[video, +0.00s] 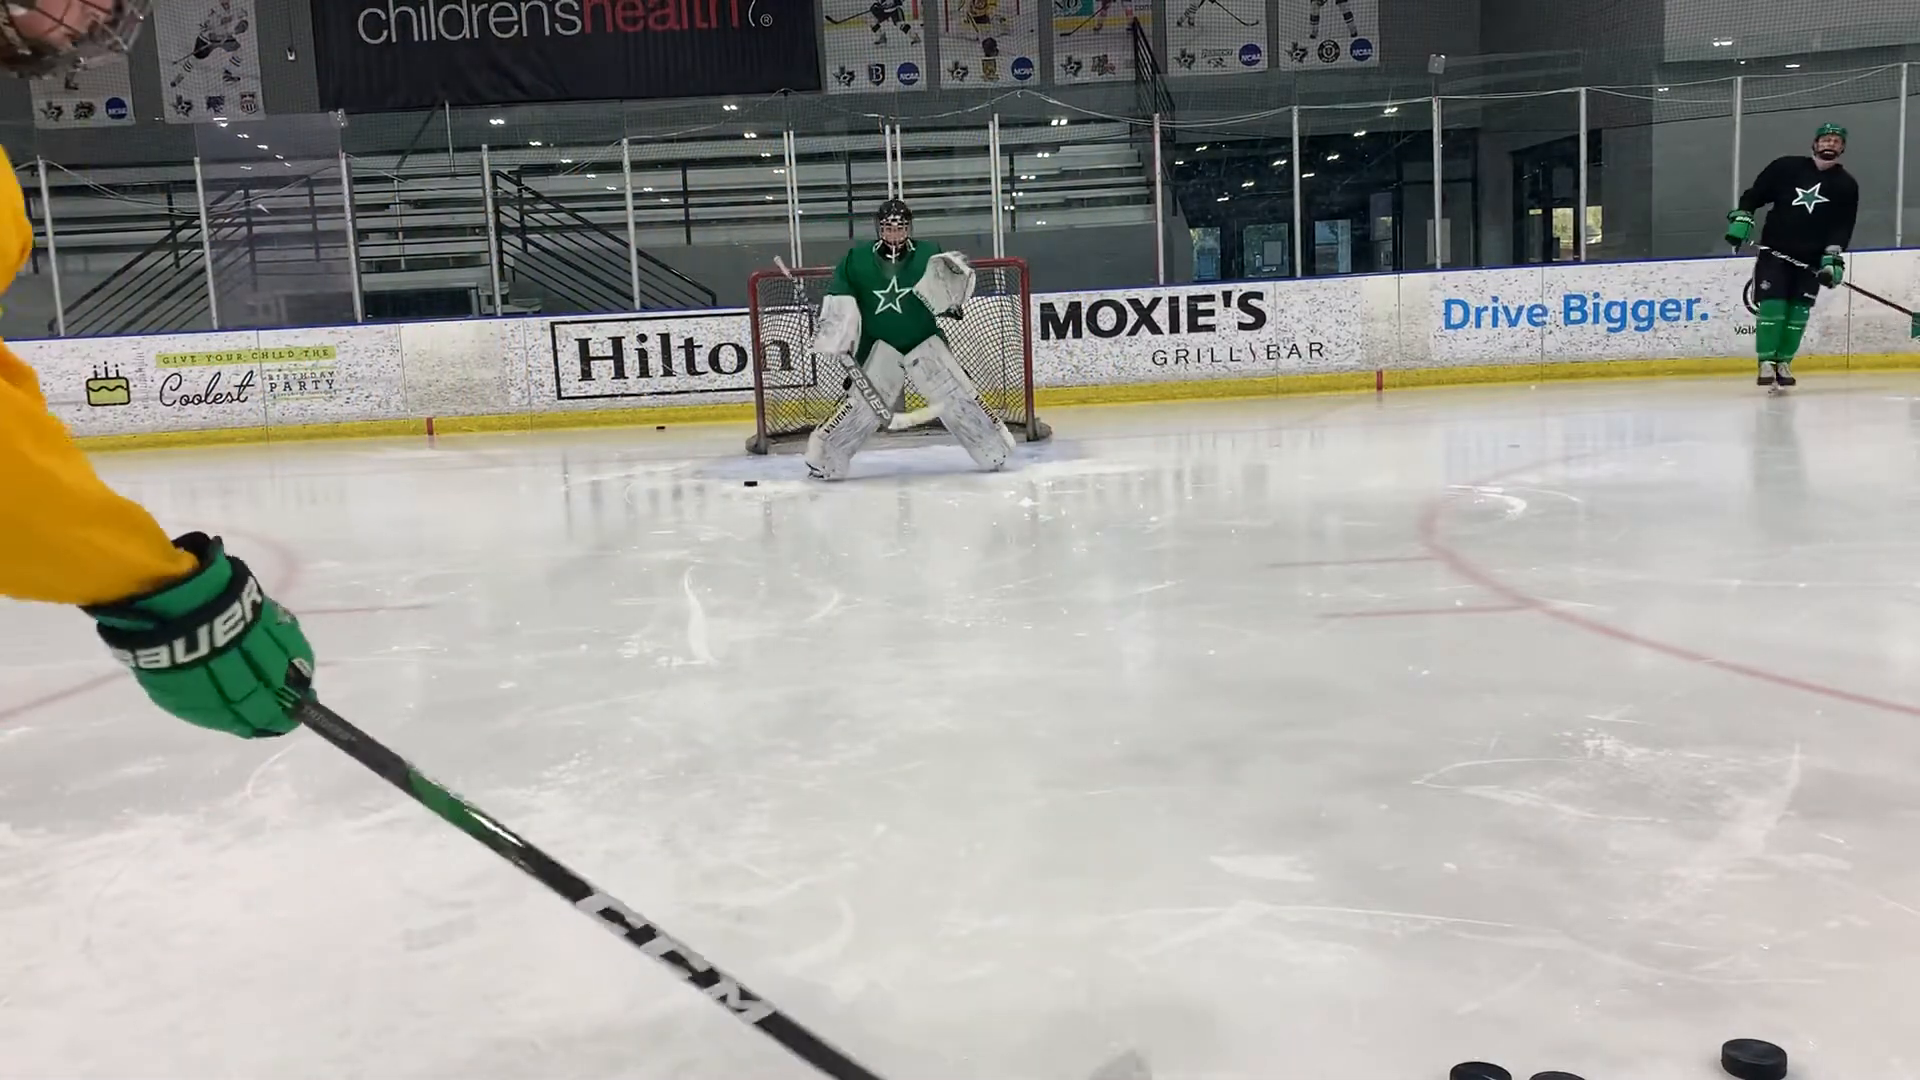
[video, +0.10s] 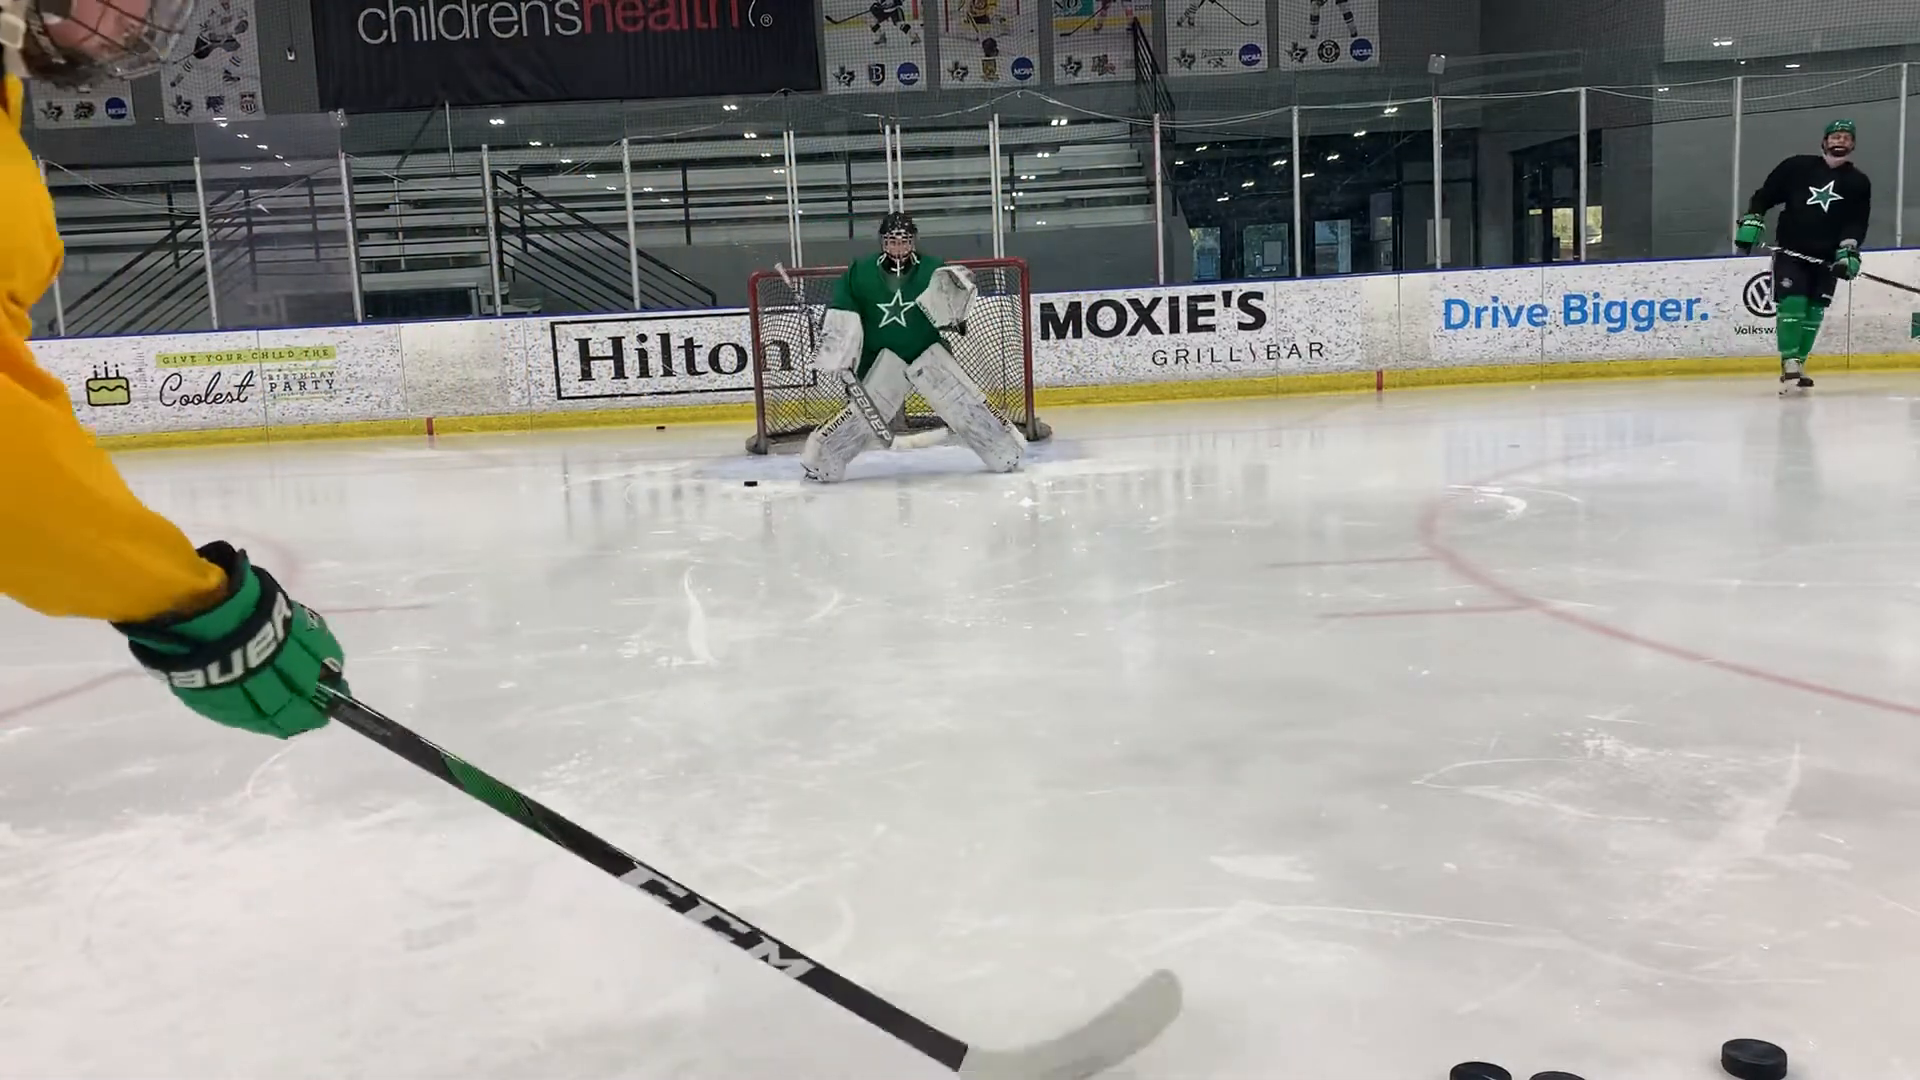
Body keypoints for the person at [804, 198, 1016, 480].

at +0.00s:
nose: (894, 234)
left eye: (899, 227)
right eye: (888, 228)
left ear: (908, 228)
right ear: (879, 229)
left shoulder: (927, 254)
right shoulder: (858, 260)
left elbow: (950, 302)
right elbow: (838, 301)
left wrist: (953, 276)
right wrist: (840, 338)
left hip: (924, 341)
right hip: (879, 346)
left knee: (956, 398)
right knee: (865, 408)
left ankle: (994, 455)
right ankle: (825, 461)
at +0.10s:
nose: (898, 246)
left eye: (904, 240)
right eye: (893, 240)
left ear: (913, 241)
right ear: (883, 241)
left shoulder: (931, 268)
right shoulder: (861, 273)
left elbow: (952, 315)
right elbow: (842, 316)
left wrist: (957, 289)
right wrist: (840, 357)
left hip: (929, 353)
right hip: (882, 358)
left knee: (964, 402)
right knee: (864, 414)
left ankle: (1005, 457)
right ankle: (821, 464)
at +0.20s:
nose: (902, 258)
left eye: (908, 252)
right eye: (896, 252)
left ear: (917, 253)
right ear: (886, 253)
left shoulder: (934, 277)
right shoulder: (865, 283)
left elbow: (957, 323)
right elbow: (844, 324)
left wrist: (958, 306)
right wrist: (844, 367)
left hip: (933, 360)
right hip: (887, 366)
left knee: (970, 407)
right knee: (866, 418)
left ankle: (1016, 454)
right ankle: (821, 463)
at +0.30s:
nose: (906, 266)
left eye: (912, 260)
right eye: (900, 261)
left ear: (921, 262)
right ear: (889, 262)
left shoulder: (939, 285)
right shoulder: (867, 291)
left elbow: (963, 336)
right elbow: (848, 333)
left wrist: (965, 312)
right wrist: (847, 372)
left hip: (938, 367)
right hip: (890, 372)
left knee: (978, 408)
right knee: (867, 421)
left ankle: (1022, 451)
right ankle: (822, 463)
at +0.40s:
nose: (911, 275)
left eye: (916, 269)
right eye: (904, 269)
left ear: (925, 270)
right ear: (893, 271)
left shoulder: (942, 293)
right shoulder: (872, 298)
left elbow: (967, 343)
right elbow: (852, 340)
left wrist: (969, 325)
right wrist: (850, 380)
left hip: (944, 371)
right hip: (894, 377)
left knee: (983, 410)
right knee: (869, 423)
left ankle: (1026, 453)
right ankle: (825, 464)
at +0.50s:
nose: (913, 281)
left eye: (919, 274)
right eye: (907, 275)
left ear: (929, 274)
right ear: (895, 276)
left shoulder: (946, 296)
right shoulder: (876, 303)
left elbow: (969, 348)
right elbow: (854, 342)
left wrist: (970, 333)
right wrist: (852, 380)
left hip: (946, 372)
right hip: (897, 378)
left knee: (982, 409)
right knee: (872, 424)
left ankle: (1027, 451)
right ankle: (826, 464)